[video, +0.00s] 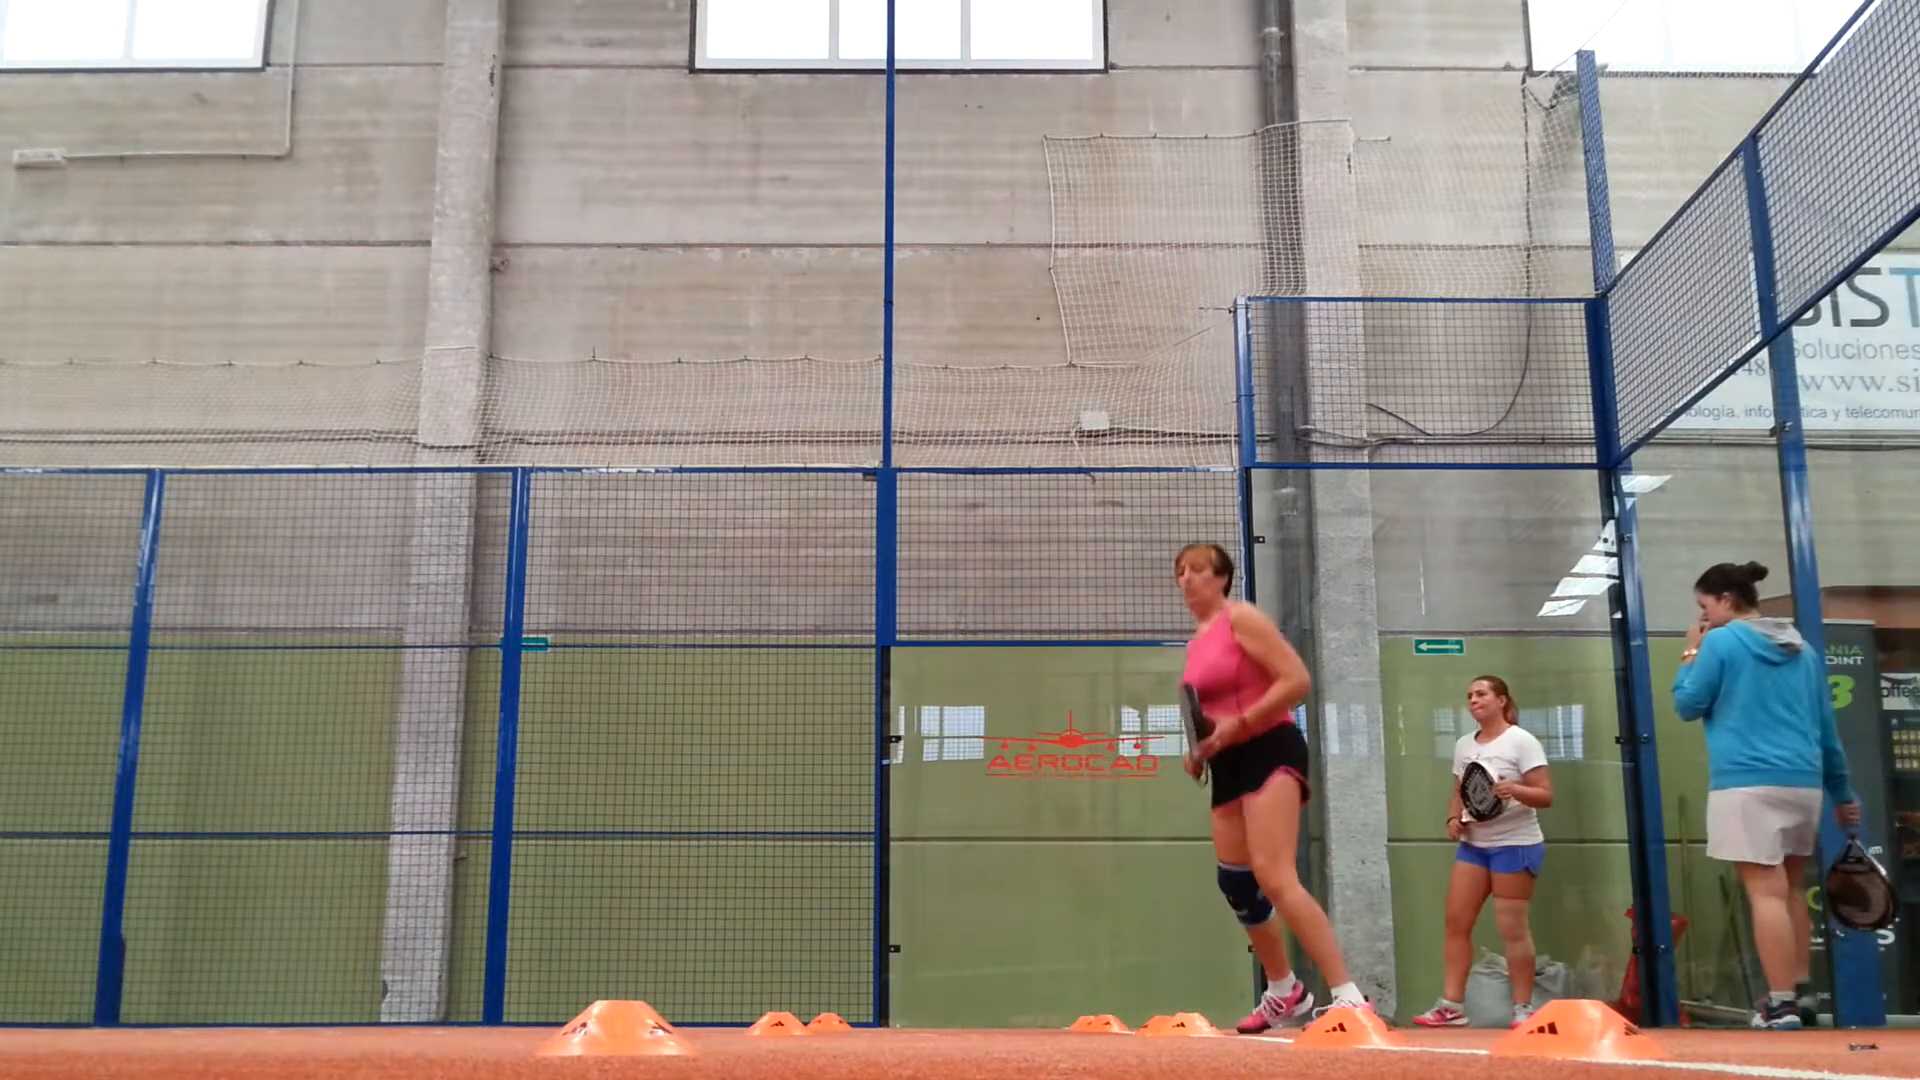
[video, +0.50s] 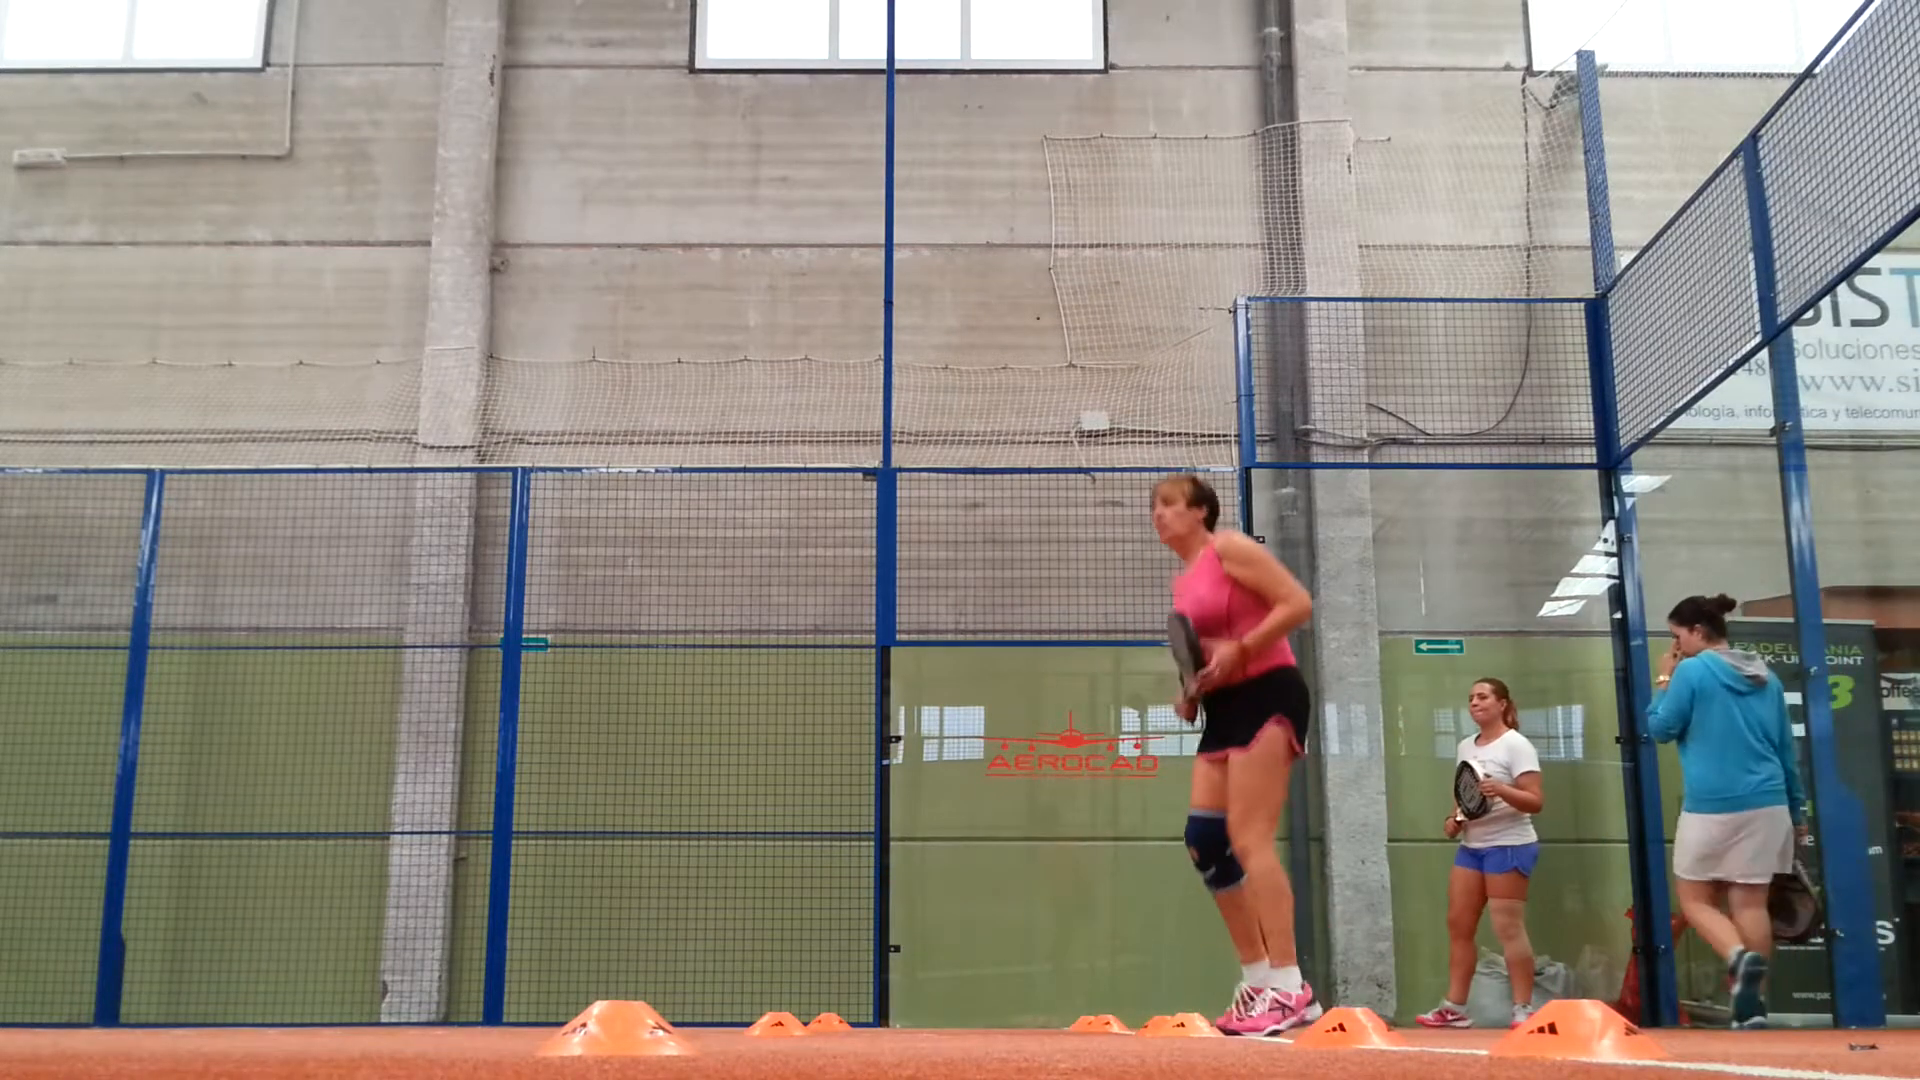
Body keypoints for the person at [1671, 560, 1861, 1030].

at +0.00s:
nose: (1702, 615)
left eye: (1704, 606)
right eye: (1700, 607)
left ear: (1725, 600)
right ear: (1747, 600)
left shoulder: (1722, 640)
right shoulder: (1803, 648)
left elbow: (1688, 703)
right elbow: (1826, 731)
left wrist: (1690, 657)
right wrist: (1842, 793)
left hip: (1748, 782)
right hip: (1804, 782)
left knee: (1766, 891)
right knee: (1792, 888)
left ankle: (1782, 1005)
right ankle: (1799, 994)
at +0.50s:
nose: (1675, 645)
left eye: (1677, 637)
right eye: (1674, 638)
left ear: (1697, 632)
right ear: (1715, 633)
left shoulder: (1692, 670)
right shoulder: (1764, 674)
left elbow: (1661, 727)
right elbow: (1785, 749)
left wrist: (1664, 682)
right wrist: (1796, 812)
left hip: (1709, 805)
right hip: (1767, 802)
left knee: (1696, 901)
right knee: (1751, 902)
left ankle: (1737, 957)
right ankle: (1752, 1009)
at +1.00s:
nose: (1636, 664)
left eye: (1640, 655)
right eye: (1635, 656)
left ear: (1664, 654)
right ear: (1671, 656)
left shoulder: (1659, 692)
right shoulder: (1713, 693)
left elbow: (1657, 748)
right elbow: (1723, 756)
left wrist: (1619, 749)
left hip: (1669, 819)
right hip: (1720, 814)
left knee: (1673, 918)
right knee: (1723, 906)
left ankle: (1681, 1010)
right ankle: (1744, 976)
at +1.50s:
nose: (1622, 673)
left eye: (1630, 665)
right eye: (1620, 667)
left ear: (1652, 668)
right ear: (1622, 671)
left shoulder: (1656, 705)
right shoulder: (1645, 708)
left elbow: (1636, 766)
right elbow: (1623, 776)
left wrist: (1612, 787)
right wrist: (1611, 830)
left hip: (1663, 819)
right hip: (1660, 819)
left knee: (1665, 914)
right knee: (1666, 915)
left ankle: (1678, 1008)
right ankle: (1674, 1006)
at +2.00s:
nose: (1623, 674)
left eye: (1631, 668)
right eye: (1617, 669)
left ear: (1647, 674)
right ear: (1611, 677)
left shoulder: (1665, 710)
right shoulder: (1607, 727)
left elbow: (1677, 766)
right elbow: (1603, 786)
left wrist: (1626, 785)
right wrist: (1599, 836)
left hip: (1682, 823)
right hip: (1640, 832)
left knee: (1690, 912)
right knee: (1660, 920)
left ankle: (1721, 998)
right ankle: (1675, 1007)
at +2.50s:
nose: (1654, 677)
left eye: (1661, 670)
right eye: (1648, 672)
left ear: (1676, 676)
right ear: (1640, 680)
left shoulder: (1698, 715)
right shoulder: (1633, 724)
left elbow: (1717, 766)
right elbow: (1633, 767)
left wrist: (1663, 770)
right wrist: (1629, 815)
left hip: (1701, 828)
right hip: (1653, 830)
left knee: (1703, 917)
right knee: (1660, 913)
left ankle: (1710, 1003)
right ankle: (1674, 1006)